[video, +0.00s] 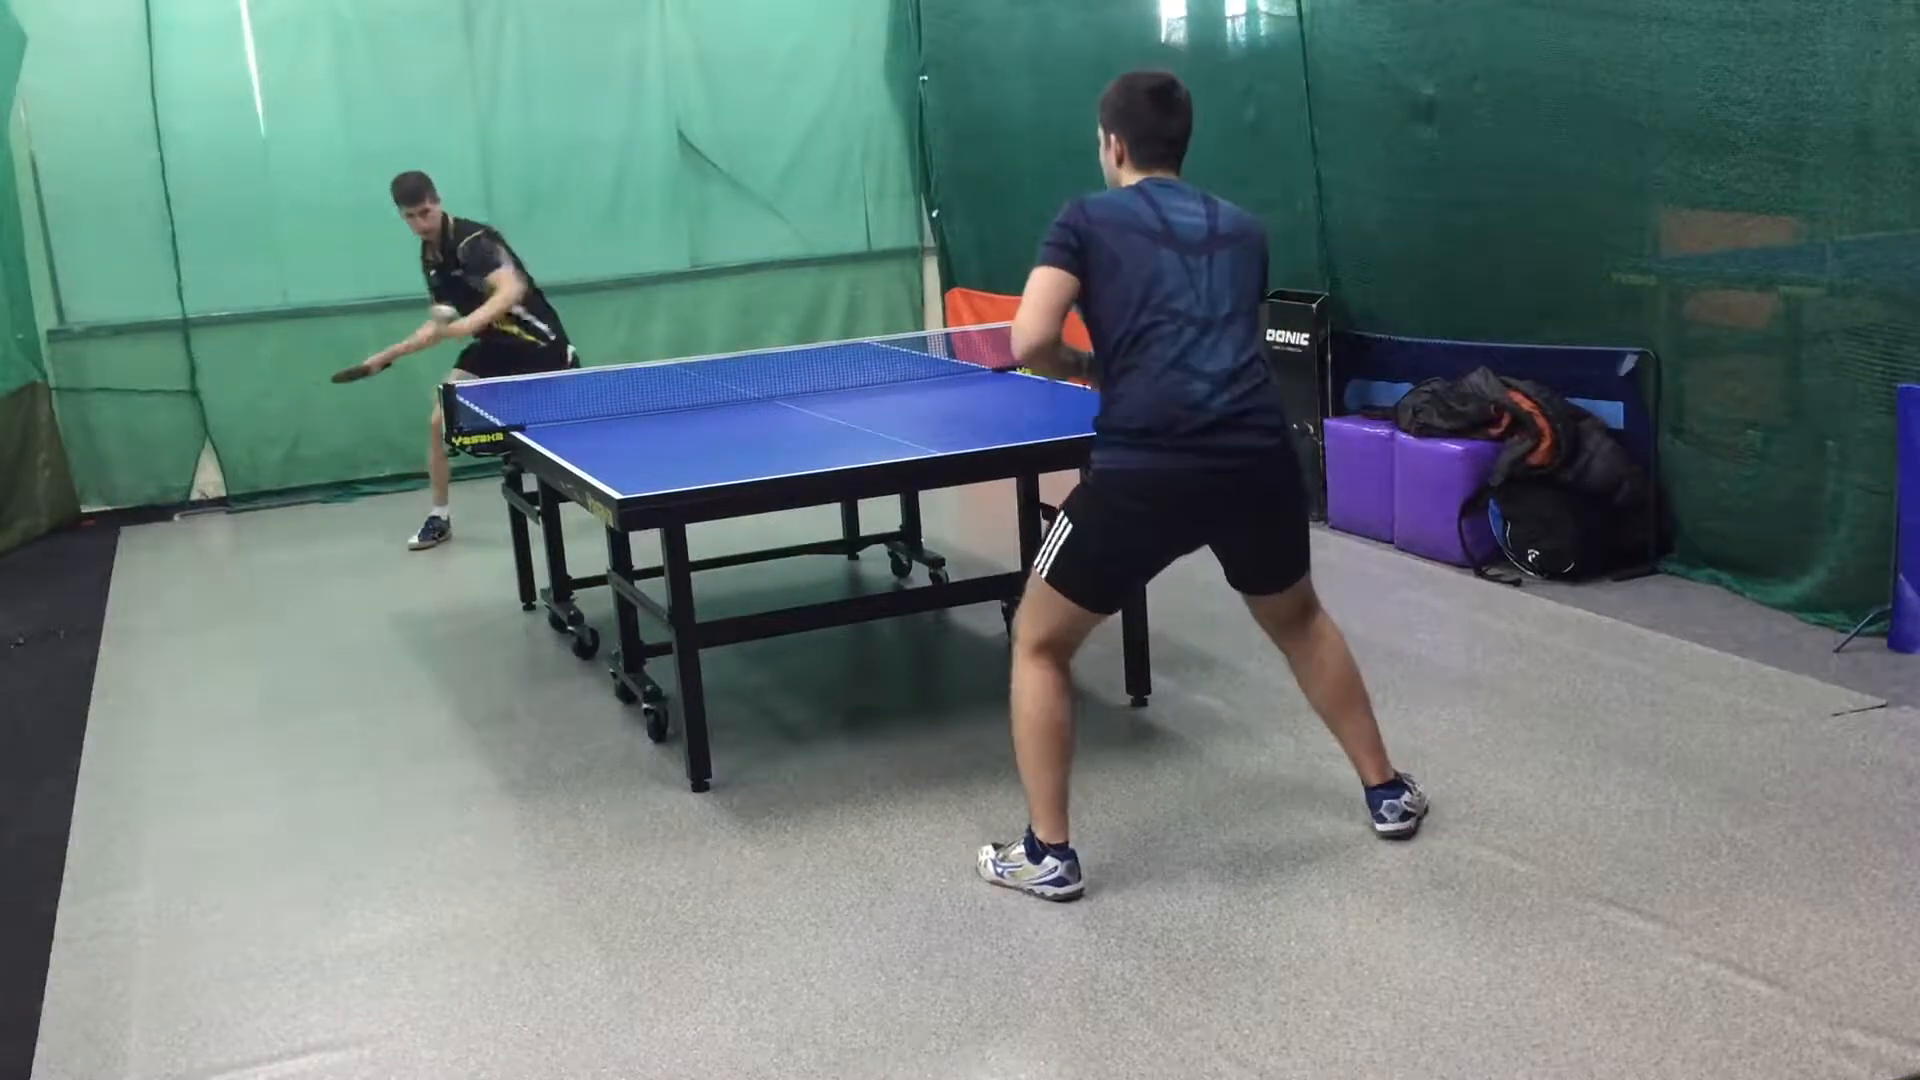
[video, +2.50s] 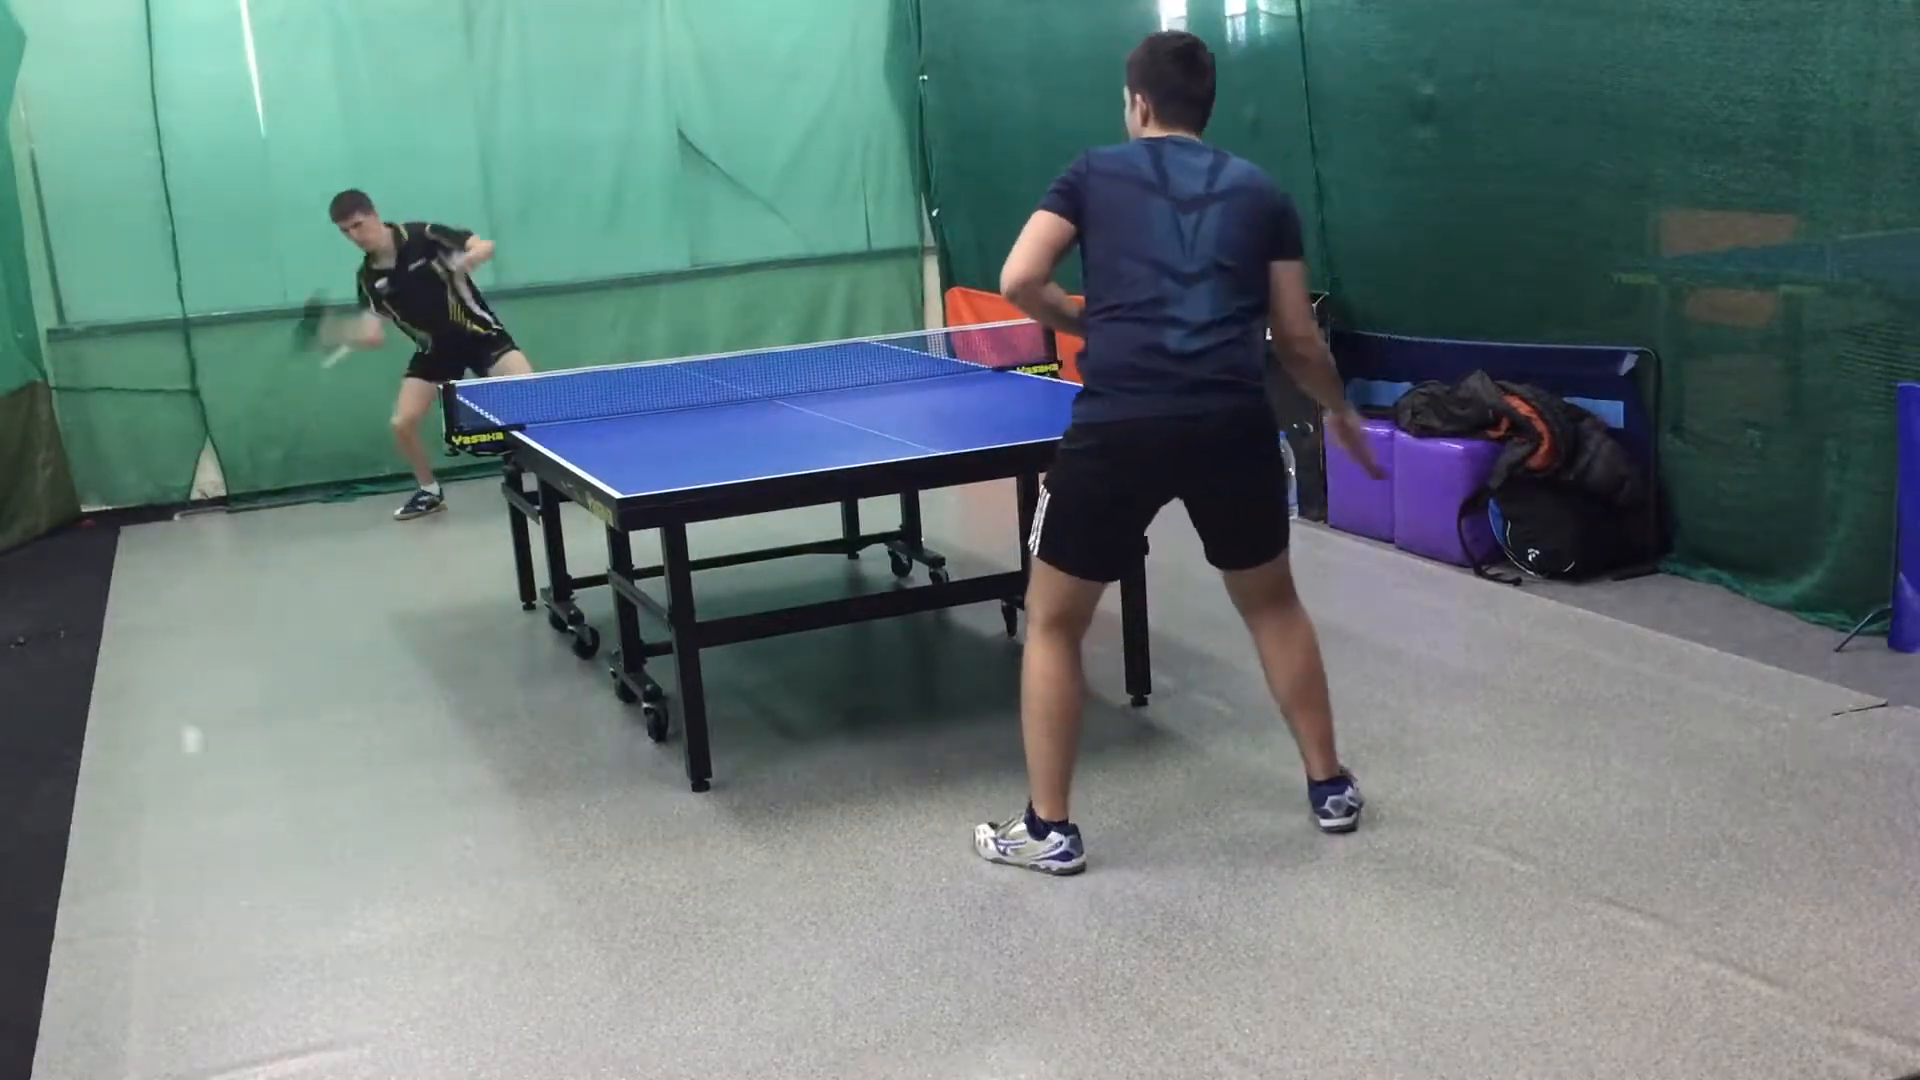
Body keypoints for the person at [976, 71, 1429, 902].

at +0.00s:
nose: (1101, 152)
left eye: (1101, 141)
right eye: (1107, 140)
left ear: (1113, 146)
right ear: (1184, 145)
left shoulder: (1087, 218)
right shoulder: (1243, 227)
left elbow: (1033, 340)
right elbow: (1236, 334)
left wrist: (1078, 367)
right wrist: (1132, 356)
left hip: (1142, 479)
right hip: (1256, 472)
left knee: (1040, 645)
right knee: (1301, 621)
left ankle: (1048, 850)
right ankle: (1387, 792)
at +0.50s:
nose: (1173, 144)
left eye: (1174, 133)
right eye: (1188, 135)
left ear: (1179, 141)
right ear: (1250, 150)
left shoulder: (1116, 212)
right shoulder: (1286, 237)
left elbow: (1053, 328)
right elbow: (1294, 375)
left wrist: (1116, 344)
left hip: (1147, 474)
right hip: (1266, 470)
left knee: (1066, 644)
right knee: (1323, 615)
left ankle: (1047, 843)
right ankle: (1388, 790)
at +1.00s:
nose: (1109, 157)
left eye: (1109, 147)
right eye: (1119, 146)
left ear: (1119, 151)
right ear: (1191, 149)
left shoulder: (1087, 228)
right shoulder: (1257, 221)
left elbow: (1032, 373)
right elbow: (1305, 352)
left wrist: (1007, 348)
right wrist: (1291, 417)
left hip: (1133, 478)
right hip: (1247, 473)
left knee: (1044, 636)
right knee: (1290, 620)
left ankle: (1043, 833)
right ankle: (1368, 793)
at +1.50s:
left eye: (1161, 61)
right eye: (1231, 64)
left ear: (1153, 69)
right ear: (1234, 69)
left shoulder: (1103, 151)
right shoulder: (1256, 143)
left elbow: (1102, 279)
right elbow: (1266, 292)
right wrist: (1359, 353)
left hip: (1098, 422)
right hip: (1210, 419)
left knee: (1081, 621)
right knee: (1250, 608)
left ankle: (1057, 820)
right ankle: (1267, 799)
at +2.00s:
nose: (1074, 88)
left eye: (1076, 76)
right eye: (1080, 76)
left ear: (1090, 82)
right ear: (1165, 85)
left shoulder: (1066, 152)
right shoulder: (1217, 161)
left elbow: (1010, 283)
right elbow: (1208, 275)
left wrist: (1051, 364)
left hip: (1112, 425)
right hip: (1224, 415)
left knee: (1069, 632)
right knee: (1252, 597)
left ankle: (1052, 826)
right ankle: (1294, 777)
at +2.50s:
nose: (1127, 110)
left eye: (1127, 99)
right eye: (1135, 98)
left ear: (1136, 104)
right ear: (1209, 106)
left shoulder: (1096, 173)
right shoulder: (1259, 192)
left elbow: (1020, 280)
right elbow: (1295, 335)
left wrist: (1084, 319)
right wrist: (1341, 414)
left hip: (1118, 432)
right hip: (1231, 431)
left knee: (1055, 624)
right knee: (1274, 605)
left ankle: (1050, 827)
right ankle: (1330, 787)